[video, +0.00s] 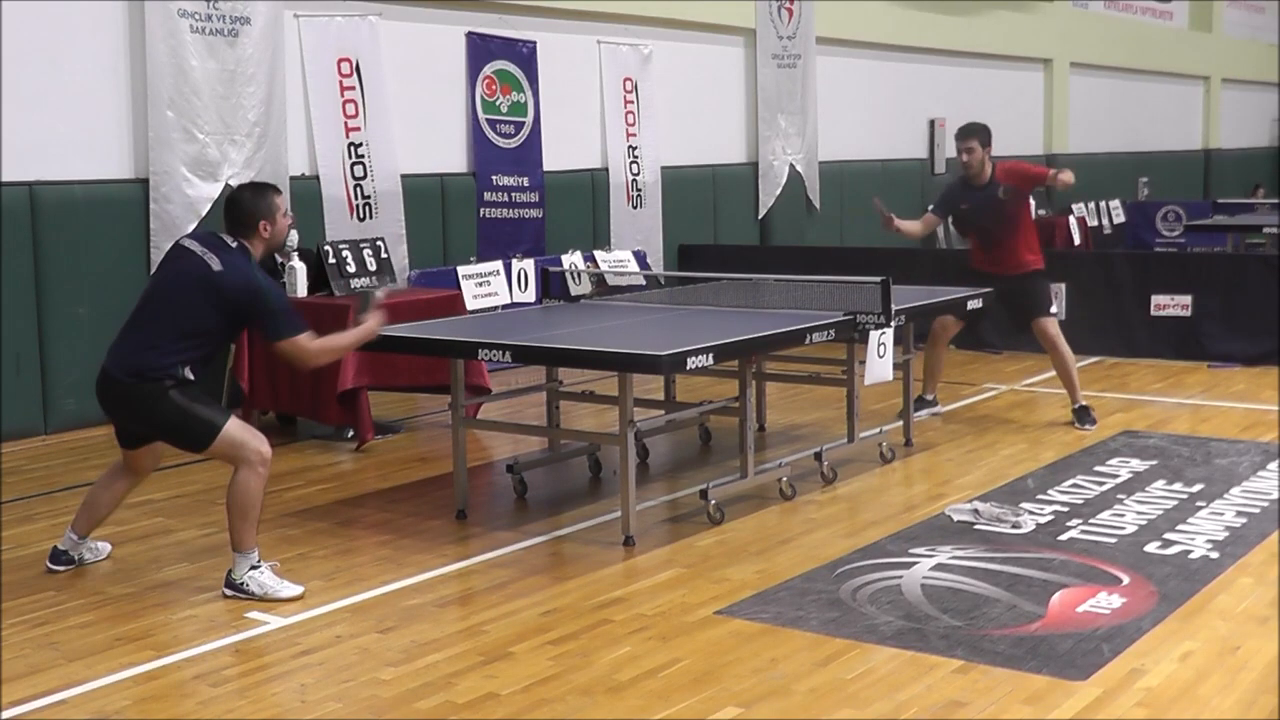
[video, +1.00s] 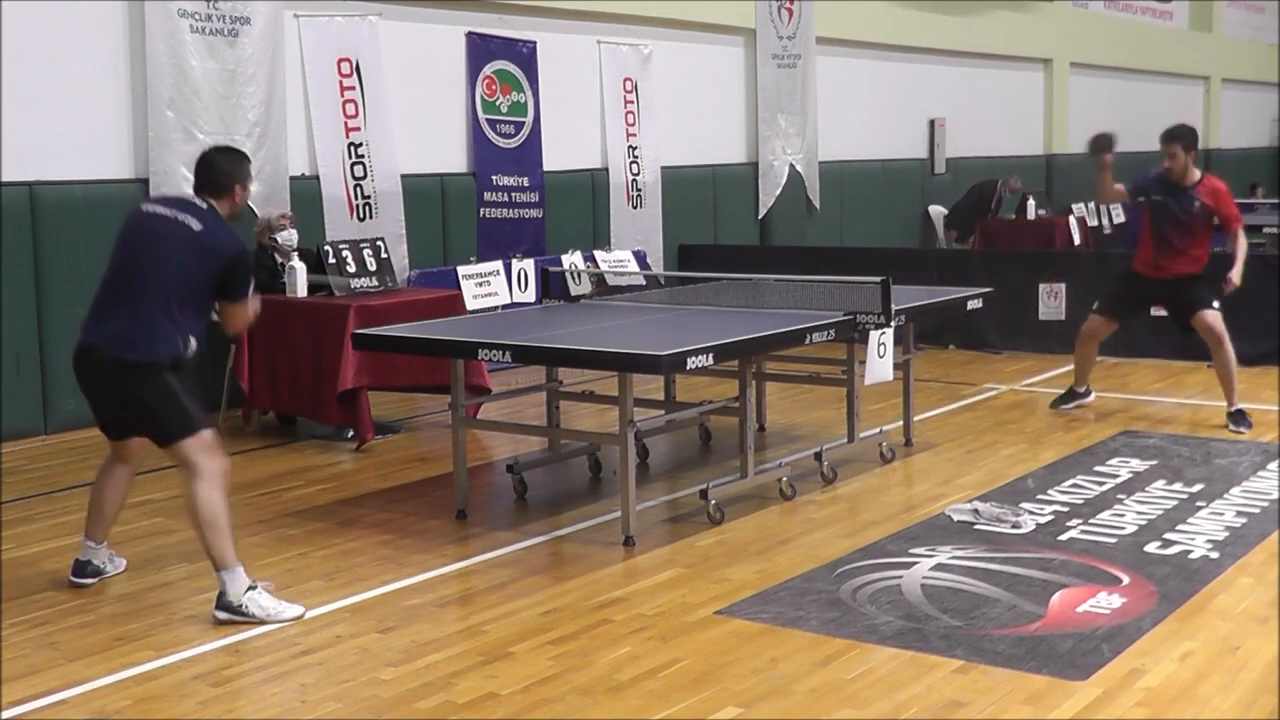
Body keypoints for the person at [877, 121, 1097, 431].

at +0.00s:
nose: (963, 158)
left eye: (969, 151)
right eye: (960, 152)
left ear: (987, 150)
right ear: (957, 153)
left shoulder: (1012, 173)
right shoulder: (955, 191)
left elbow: (1062, 177)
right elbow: (922, 228)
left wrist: (1062, 179)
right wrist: (897, 224)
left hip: (1025, 274)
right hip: (981, 276)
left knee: (1048, 331)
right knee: (940, 328)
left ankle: (1079, 404)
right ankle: (928, 398)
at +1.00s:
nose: (1166, 163)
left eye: (1173, 157)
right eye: (1164, 156)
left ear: (1192, 154)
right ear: (1161, 154)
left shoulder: (1213, 189)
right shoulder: (1154, 181)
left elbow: (1238, 233)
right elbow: (1107, 195)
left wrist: (1237, 268)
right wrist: (1105, 168)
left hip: (1188, 280)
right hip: (1141, 277)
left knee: (1215, 330)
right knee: (1089, 332)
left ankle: (1234, 408)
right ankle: (1080, 388)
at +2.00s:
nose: (959, 177)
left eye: (965, 172)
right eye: (957, 172)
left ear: (980, 174)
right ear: (956, 173)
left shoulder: (997, 197)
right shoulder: (964, 198)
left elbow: (1031, 218)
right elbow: (931, 198)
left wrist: (1034, 248)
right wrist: (905, 178)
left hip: (1014, 273)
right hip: (988, 272)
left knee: (956, 304)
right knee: (945, 300)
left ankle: (970, 367)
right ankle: (967, 357)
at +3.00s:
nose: (1134, 234)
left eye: (1139, 227)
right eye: (1128, 227)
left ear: (1145, 228)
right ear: (1116, 225)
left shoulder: (1127, 243)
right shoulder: (1102, 249)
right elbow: (1106, 303)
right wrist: (1132, 336)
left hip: (1093, 283)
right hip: (1060, 285)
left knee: (1144, 315)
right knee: (1099, 311)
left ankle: (1122, 369)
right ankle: (1103, 382)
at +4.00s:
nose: (1031, 139)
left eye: (1037, 133)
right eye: (1027, 133)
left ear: (1049, 136)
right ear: (1022, 136)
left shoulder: (1066, 165)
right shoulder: (1011, 168)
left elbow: (1094, 196)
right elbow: (994, 199)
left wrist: (1101, 222)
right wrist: (985, 221)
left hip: (1061, 242)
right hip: (1024, 244)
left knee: (1074, 292)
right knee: (1010, 300)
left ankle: (1093, 357)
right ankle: (1032, 358)